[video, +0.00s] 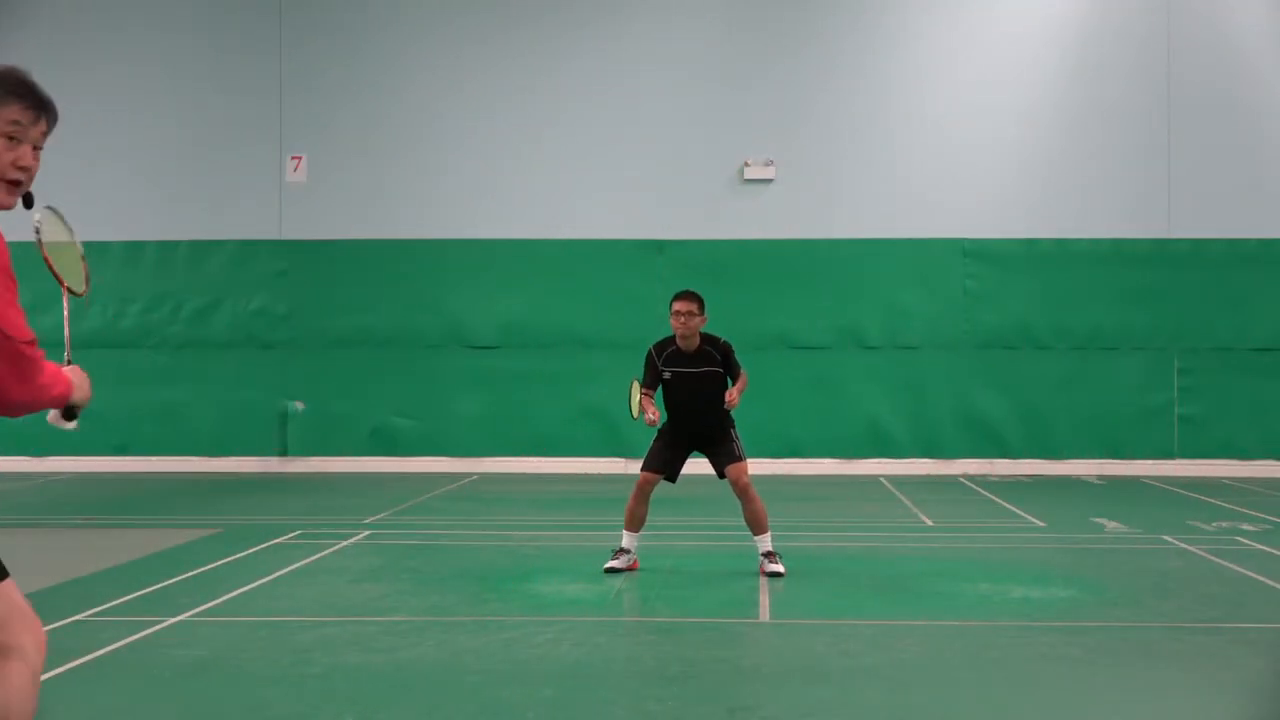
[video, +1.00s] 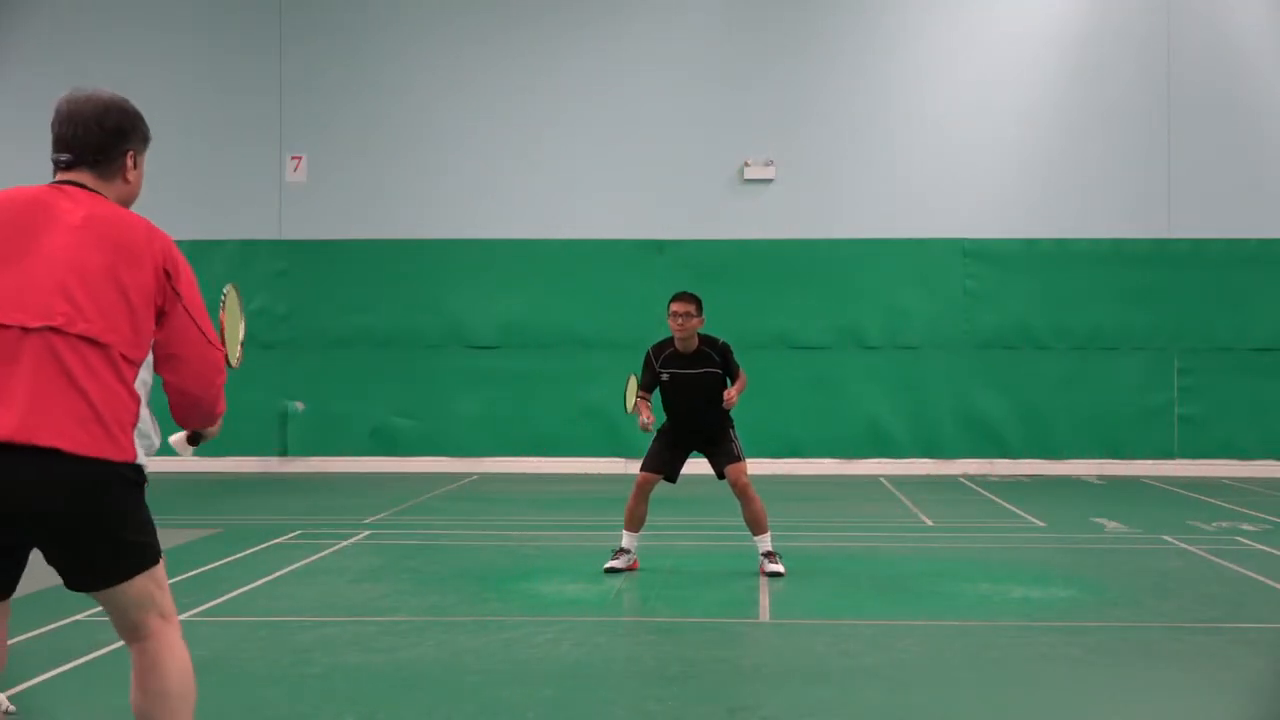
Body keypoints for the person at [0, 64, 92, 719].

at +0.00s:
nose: (28, 159)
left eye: (37, 145)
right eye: (15, 137)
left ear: (40, 154)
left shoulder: (3, 234)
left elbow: (16, 375)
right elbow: (14, 382)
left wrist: (54, 384)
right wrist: (64, 384)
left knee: (23, 640)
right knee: (22, 640)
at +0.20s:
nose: (32, 161)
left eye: (45, 148)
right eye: (17, 138)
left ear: (51, 161)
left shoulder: (1, 237)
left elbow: (10, 366)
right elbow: (8, 372)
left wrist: (65, 414)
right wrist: (70, 418)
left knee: (24, 641)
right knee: (24, 641)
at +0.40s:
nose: (98, 181)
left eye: (107, 168)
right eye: (83, 159)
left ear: (111, 176)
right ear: (28, 155)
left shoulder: (19, 229)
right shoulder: (26, 239)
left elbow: (66, 381)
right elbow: (73, 390)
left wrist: (135, 425)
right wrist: (146, 427)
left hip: (9, 496)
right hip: (4, 498)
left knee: (70, 659)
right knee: (73, 663)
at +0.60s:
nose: (172, 185)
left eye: (174, 168)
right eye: (170, 166)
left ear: (89, 154)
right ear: (132, 161)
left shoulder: (10, 204)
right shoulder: (121, 247)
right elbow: (175, 392)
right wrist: (211, 429)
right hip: (32, 474)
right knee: (115, 652)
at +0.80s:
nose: (159, 171)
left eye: (161, 156)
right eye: (160, 155)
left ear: (76, 144)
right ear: (143, 154)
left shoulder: (7, 195)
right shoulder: (145, 241)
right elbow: (197, 376)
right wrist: (223, 413)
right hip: (54, 461)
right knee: (138, 642)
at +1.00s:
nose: (144, 175)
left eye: (143, 161)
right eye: (143, 161)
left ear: (60, 156)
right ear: (129, 163)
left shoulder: (3, 206)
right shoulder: (149, 245)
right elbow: (197, 369)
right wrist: (200, 421)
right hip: (87, 464)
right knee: (152, 629)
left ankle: (0, 703)